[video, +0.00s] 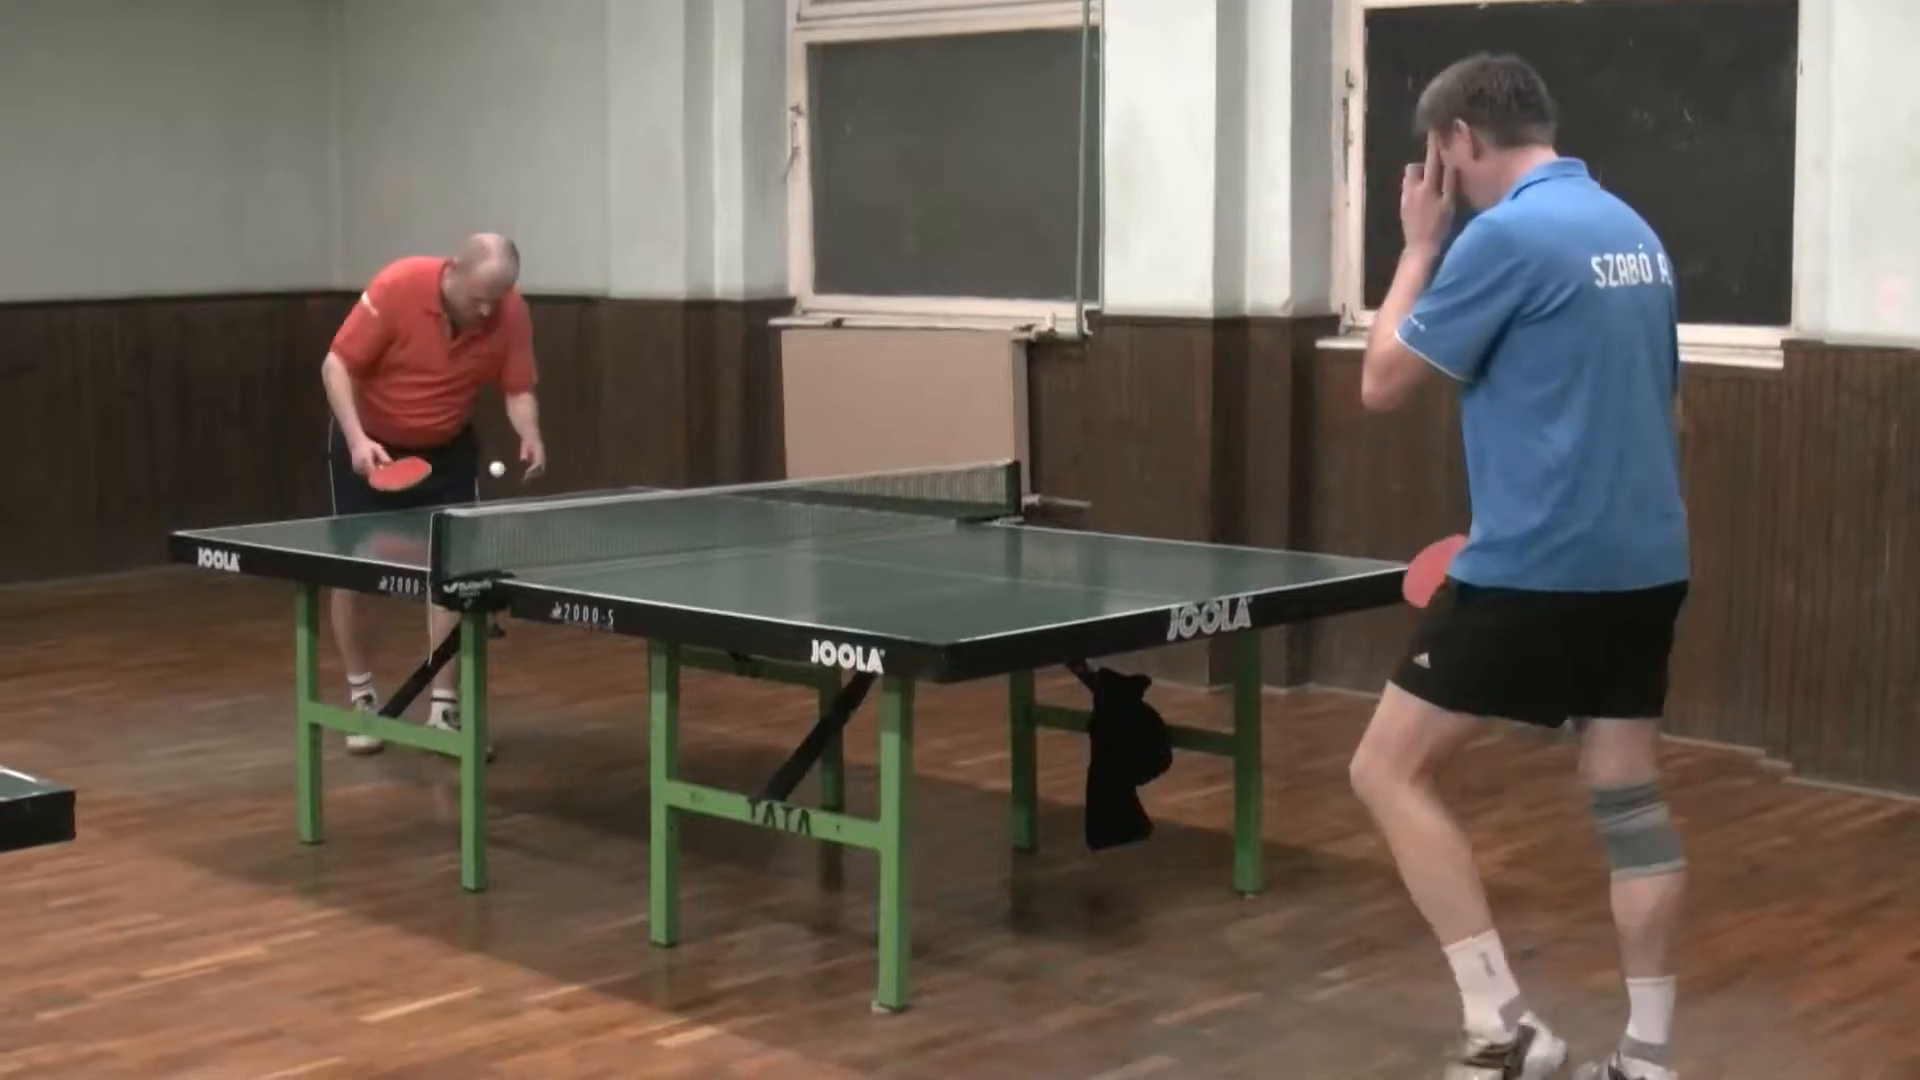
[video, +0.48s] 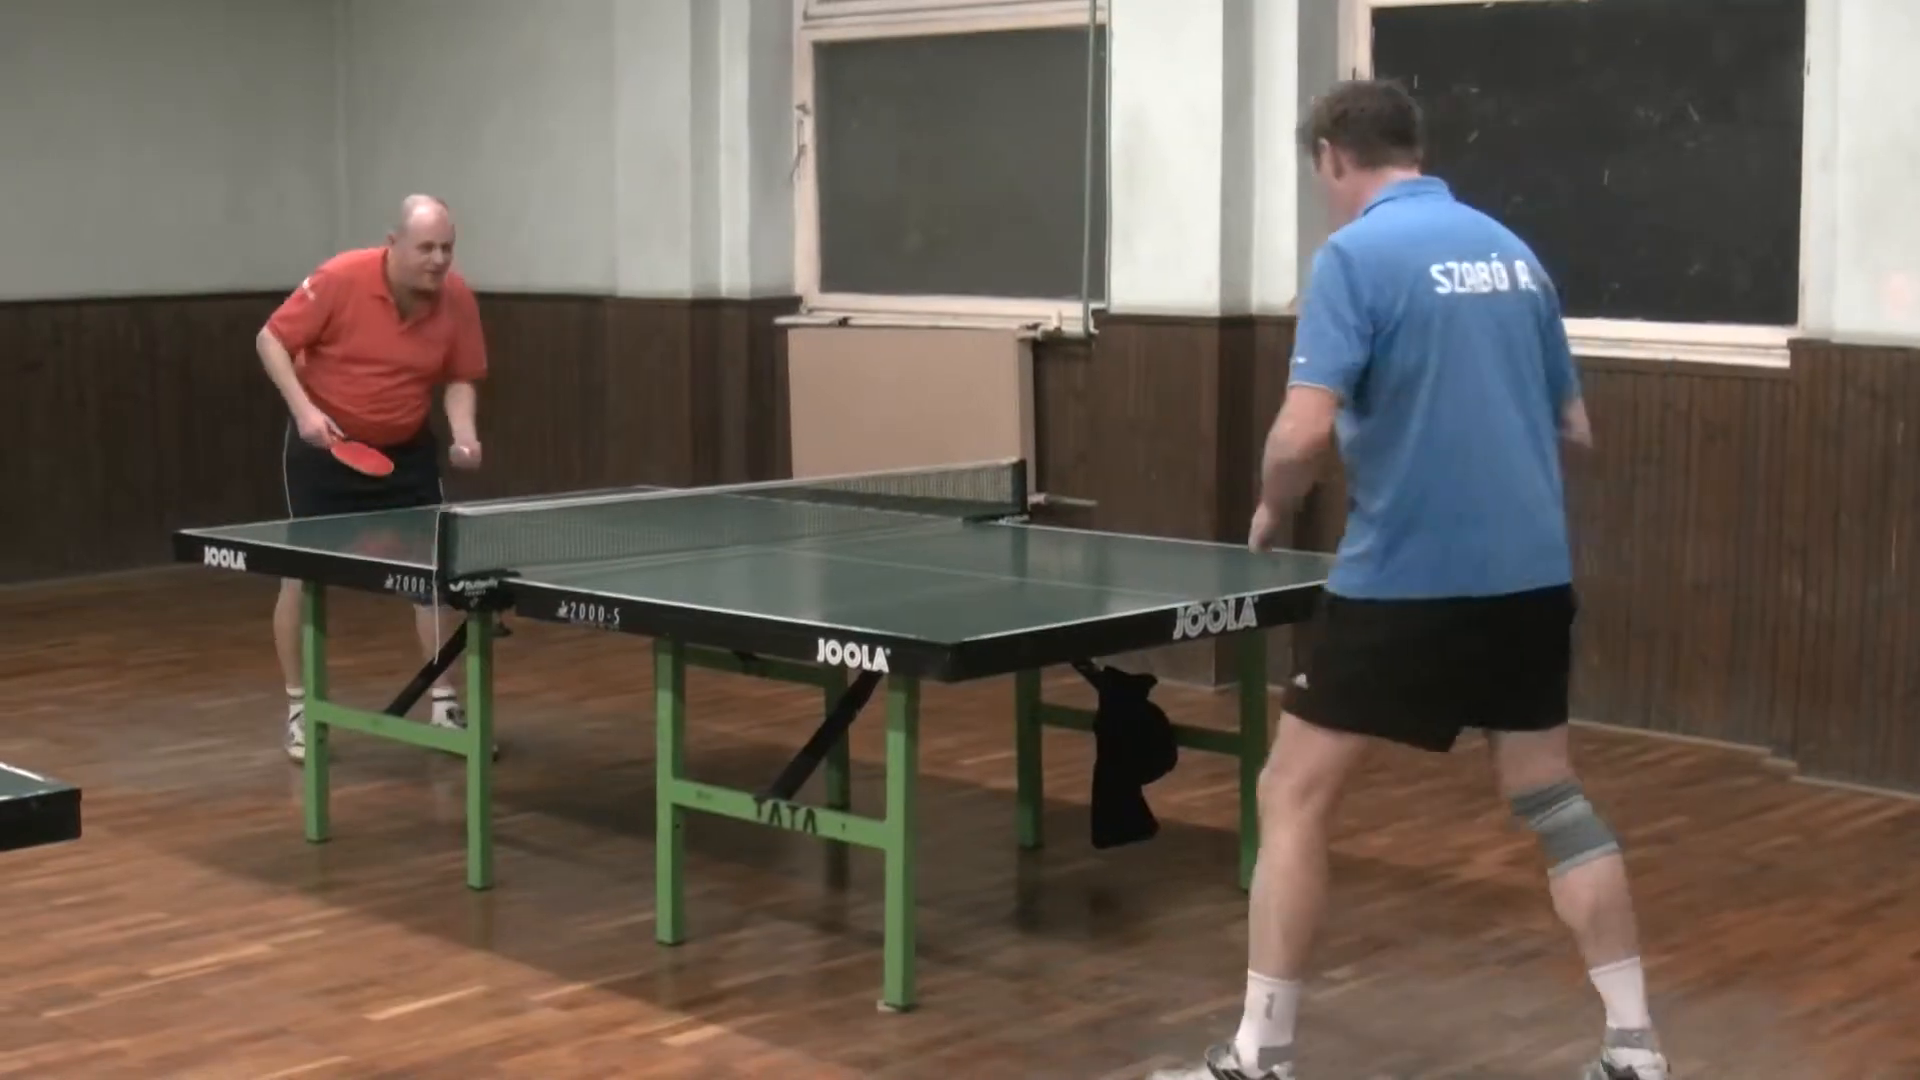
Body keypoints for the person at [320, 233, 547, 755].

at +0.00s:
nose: (485, 310)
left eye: (495, 301)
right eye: (478, 298)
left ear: (508, 291)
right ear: (449, 273)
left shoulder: (509, 311)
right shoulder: (399, 285)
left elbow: (519, 388)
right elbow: (337, 363)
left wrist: (530, 435)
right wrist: (356, 438)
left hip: (448, 449)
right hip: (369, 445)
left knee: (452, 576)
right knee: (355, 572)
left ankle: (445, 704)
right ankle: (361, 697)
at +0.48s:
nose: (439, 258)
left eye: (446, 247)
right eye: (426, 248)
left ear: (453, 248)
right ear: (393, 245)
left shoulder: (457, 298)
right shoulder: (341, 280)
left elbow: (460, 378)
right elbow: (272, 338)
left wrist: (464, 432)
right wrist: (304, 410)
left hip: (407, 449)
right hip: (324, 445)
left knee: (434, 575)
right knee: (305, 574)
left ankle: (447, 705)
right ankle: (300, 707)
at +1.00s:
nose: (365, 207)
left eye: (369, 196)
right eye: (352, 198)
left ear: (374, 199)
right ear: (316, 205)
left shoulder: (381, 252)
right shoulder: (276, 262)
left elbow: (437, 302)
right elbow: (248, 354)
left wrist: (455, 273)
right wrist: (329, 349)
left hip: (373, 438)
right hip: (297, 442)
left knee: (392, 573)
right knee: (294, 583)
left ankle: (384, 702)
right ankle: (301, 708)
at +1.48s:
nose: (404, 273)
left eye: (410, 263)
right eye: (400, 261)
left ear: (391, 247)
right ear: (366, 238)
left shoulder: (389, 277)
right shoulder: (311, 263)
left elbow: (447, 306)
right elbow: (305, 357)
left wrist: (511, 308)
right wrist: (379, 355)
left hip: (362, 433)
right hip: (292, 437)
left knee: (439, 535)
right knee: (298, 581)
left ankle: (478, 668)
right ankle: (304, 712)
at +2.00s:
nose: (440, 252)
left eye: (445, 241)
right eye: (429, 242)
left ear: (445, 238)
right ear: (390, 236)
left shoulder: (448, 287)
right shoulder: (337, 262)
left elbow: (475, 346)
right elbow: (249, 299)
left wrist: (505, 391)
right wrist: (285, 342)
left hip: (396, 449)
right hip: (313, 444)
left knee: (425, 573)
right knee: (275, 571)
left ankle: (428, 700)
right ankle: (245, 703)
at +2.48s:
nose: (347, 256)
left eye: (351, 244)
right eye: (334, 247)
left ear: (354, 242)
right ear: (298, 250)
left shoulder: (371, 289)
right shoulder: (260, 299)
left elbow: (404, 352)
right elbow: (226, 392)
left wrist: (419, 402)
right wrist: (279, 434)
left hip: (360, 458)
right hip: (273, 461)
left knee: (415, 574)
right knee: (233, 576)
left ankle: (434, 698)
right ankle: (218, 716)